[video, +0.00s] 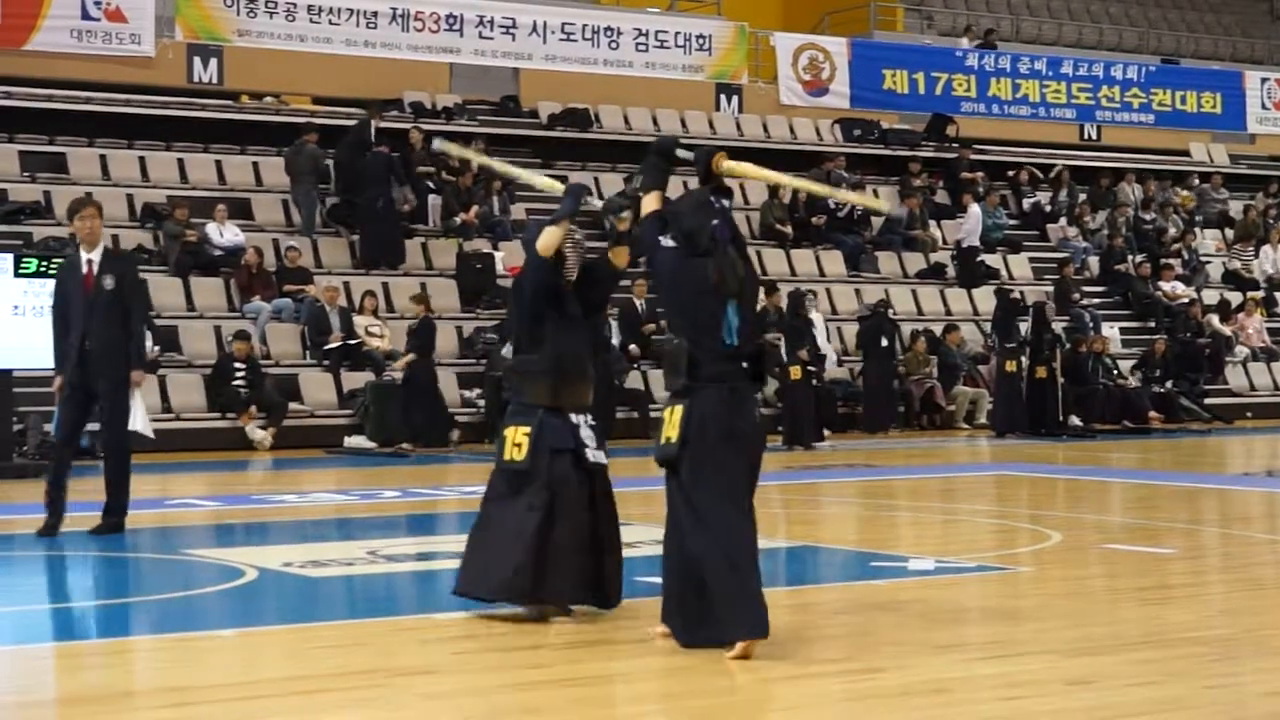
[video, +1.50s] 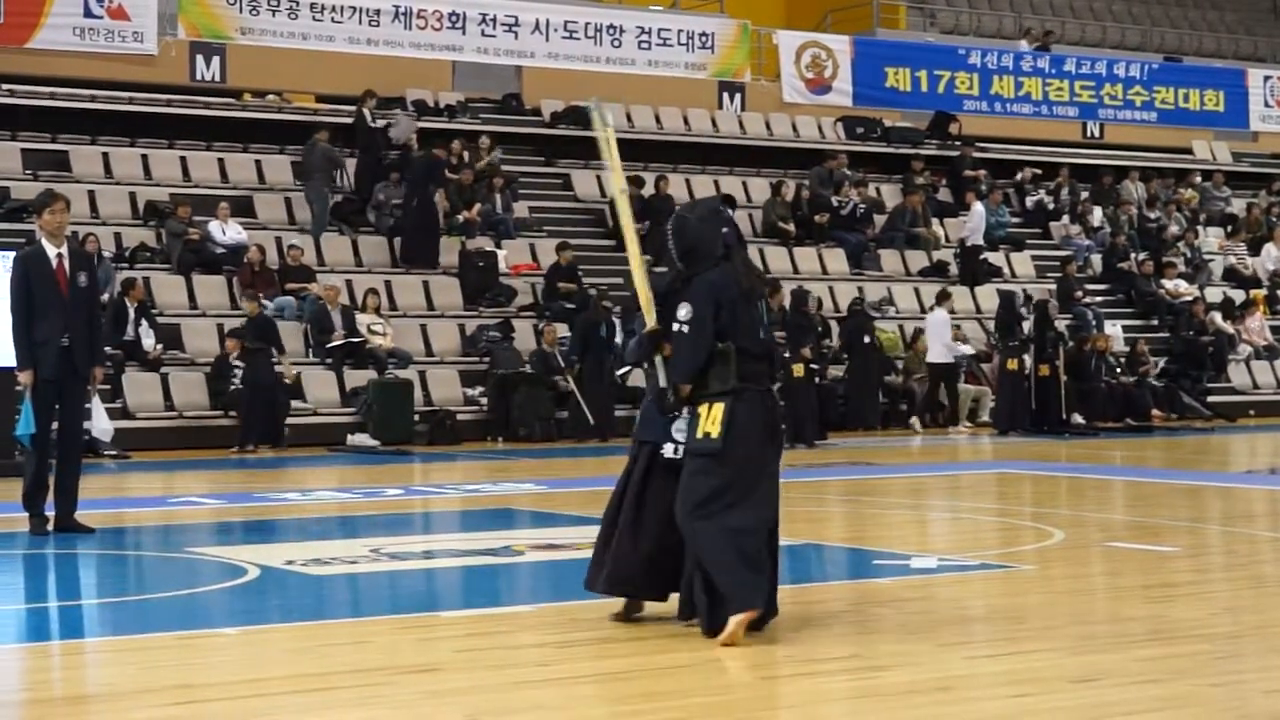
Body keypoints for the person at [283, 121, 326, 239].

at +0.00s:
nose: (316, 138)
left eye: (316, 135)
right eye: (315, 135)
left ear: (304, 134)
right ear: (310, 135)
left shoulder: (291, 150)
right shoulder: (314, 150)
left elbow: (288, 170)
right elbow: (322, 171)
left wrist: (297, 176)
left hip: (295, 187)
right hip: (309, 188)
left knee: (305, 220)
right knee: (309, 221)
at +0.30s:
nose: (318, 138)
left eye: (318, 135)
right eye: (317, 135)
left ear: (306, 134)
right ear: (311, 135)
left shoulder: (293, 149)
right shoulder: (315, 149)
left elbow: (289, 169)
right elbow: (322, 170)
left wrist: (297, 177)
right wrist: (330, 183)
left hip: (296, 186)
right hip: (311, 187)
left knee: (308, 219)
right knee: (310, 220)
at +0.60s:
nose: (320, 138)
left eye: (320, 135)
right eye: (319, 135)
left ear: (307, 135)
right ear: (315, 135)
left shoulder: (295, 150)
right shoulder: (318, 151)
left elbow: (290, 167)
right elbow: (326, 170)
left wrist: (299, 174)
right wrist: (331, 183)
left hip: (298, 185)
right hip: (312, 186)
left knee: (309, 214)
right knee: (311, 216)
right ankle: (310, 239)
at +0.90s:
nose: (324, 138)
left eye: (324, 135)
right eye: (323, 135)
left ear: (311, 135)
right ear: (318, 135)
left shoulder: (299, 150)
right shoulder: (322, 151)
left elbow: (294, 166)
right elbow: (332, 167)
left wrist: (298, 178)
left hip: (302, 187)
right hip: (315, 187)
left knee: (311, 217)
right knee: (313, 219)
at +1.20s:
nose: (326, 136)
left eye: (326, 134)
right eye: (326, 134)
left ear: (314, 134)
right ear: (323, 134)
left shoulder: (305, 147)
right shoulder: (325, 149)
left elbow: (300, 165)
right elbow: (337, 164)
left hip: (306, 185)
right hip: (319, 186)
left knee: (314, 213)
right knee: (317, 215)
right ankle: (314, 238)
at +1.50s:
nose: (327, 137)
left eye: (326, 135)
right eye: (325, 135)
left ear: (315, 135)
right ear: (322, 136)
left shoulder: (307, 148)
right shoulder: (325, 148)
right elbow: (340, 162)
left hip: (309, 185)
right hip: (321, 186)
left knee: (316, 218)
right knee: (321, 220)